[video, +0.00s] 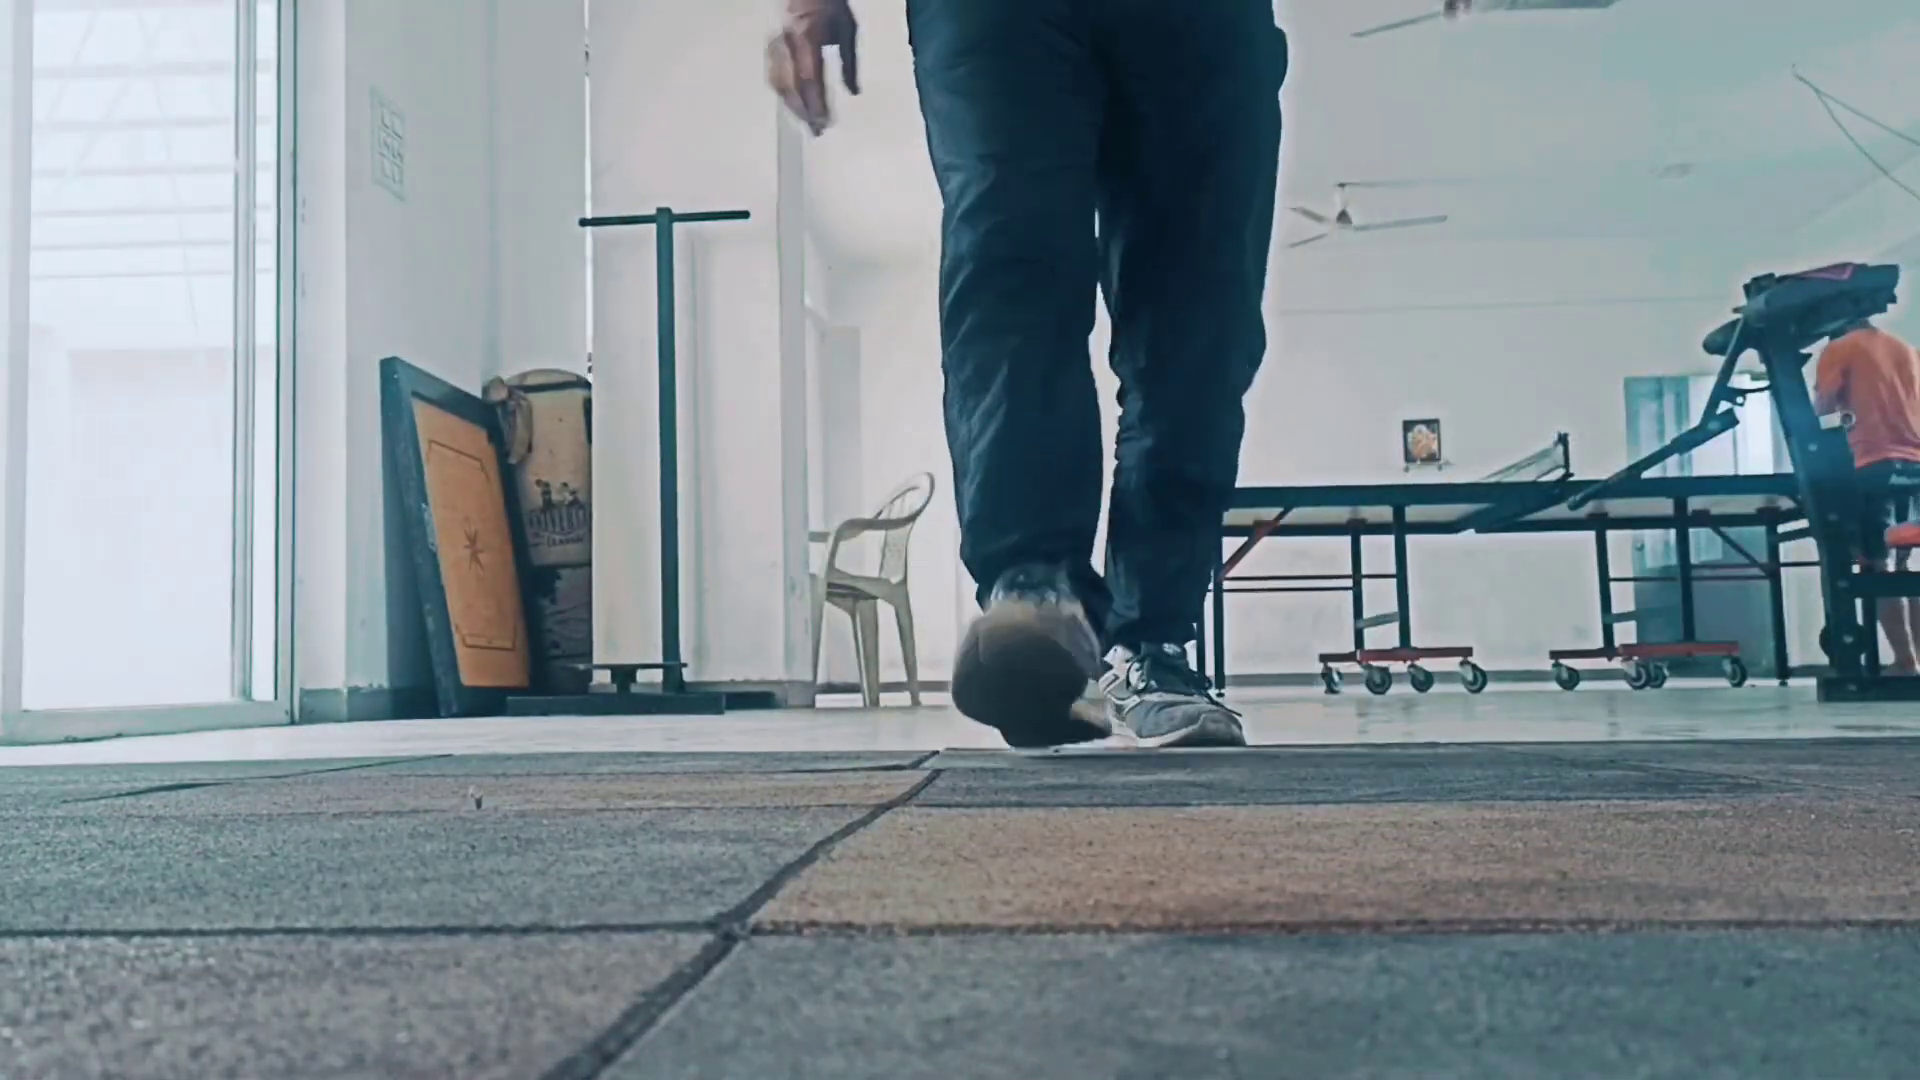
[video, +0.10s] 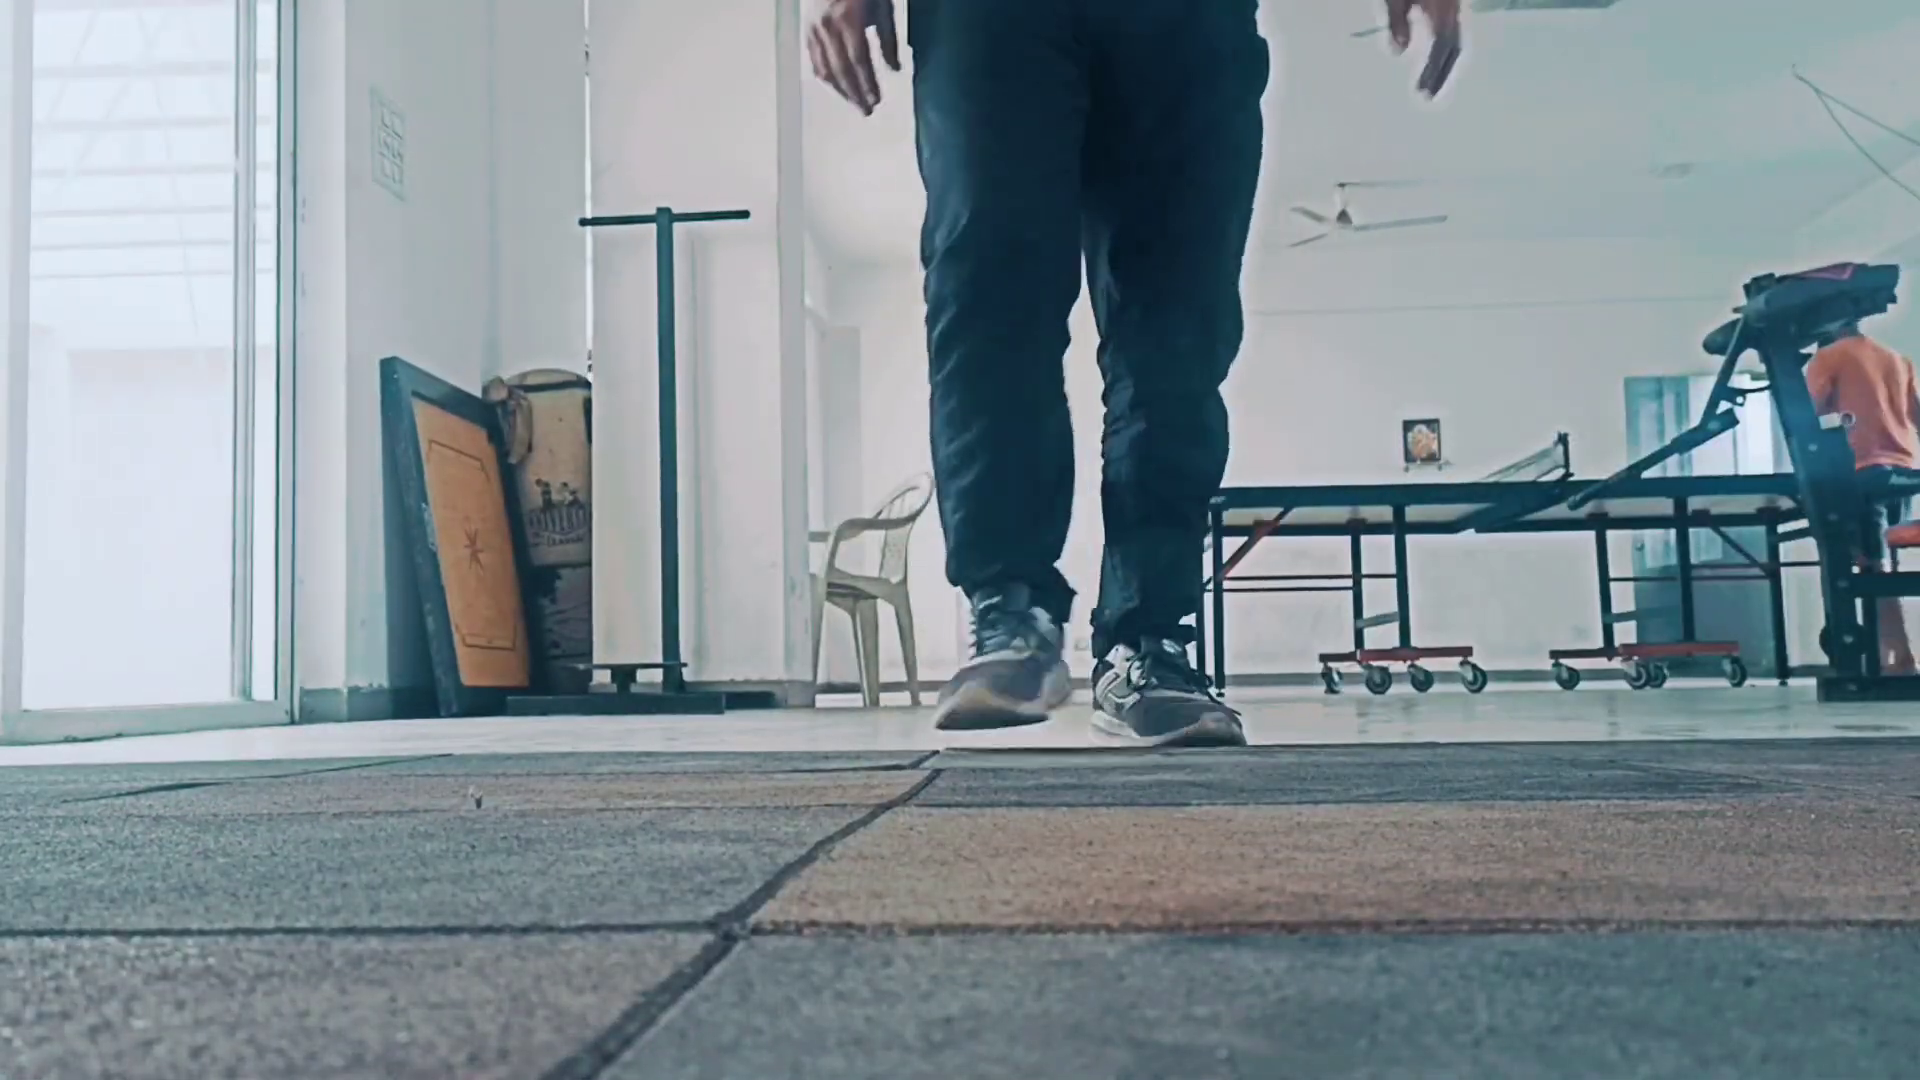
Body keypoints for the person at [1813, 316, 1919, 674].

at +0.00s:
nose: (1826, 334)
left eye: (1828, 327)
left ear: (1838, 320)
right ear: (1866, 314)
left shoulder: (1839, 349)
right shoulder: (1906, 349)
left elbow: (1823, 406)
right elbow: (1912, 400)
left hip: (1873, 463)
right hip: (1915, 461)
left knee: (1878, 568)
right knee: (1903, 564)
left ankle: (1906, 660)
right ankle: (1912, 654)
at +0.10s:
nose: (1819, 343)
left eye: (1820, 337)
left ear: (1828, 329)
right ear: (1856, 324)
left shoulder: (1830, 356)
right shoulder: (1899, 360)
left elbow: (1805, 412)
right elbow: (1914, 413)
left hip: (1864, 468)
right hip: (1907, 466)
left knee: (1875, 566)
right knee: (1877, 564)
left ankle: (1902, 655)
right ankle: (1886, 655)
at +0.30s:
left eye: (1802, 340)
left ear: (1808, 336)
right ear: (1837, 331)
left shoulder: (1807, 371)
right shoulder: (1873, 370)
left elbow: (1798, 428)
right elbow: (1889, 433)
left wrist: (1778, 457)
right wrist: (1909, 478)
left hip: (1831, 478)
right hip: (1878, 474)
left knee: (1834, 561)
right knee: (1866, 561)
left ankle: (1887, 640)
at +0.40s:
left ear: (1796, 335)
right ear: (1823, 329)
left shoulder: (1804, 367)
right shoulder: (1857, 370)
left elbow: (1798, 426)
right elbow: (1873, 436)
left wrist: (1773, 454)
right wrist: (1889, 490)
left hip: (1825, 479)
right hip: (1867, 475)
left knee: (1807, 572)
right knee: (1860, 562)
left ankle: (1868, 632)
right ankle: (1848, 642)